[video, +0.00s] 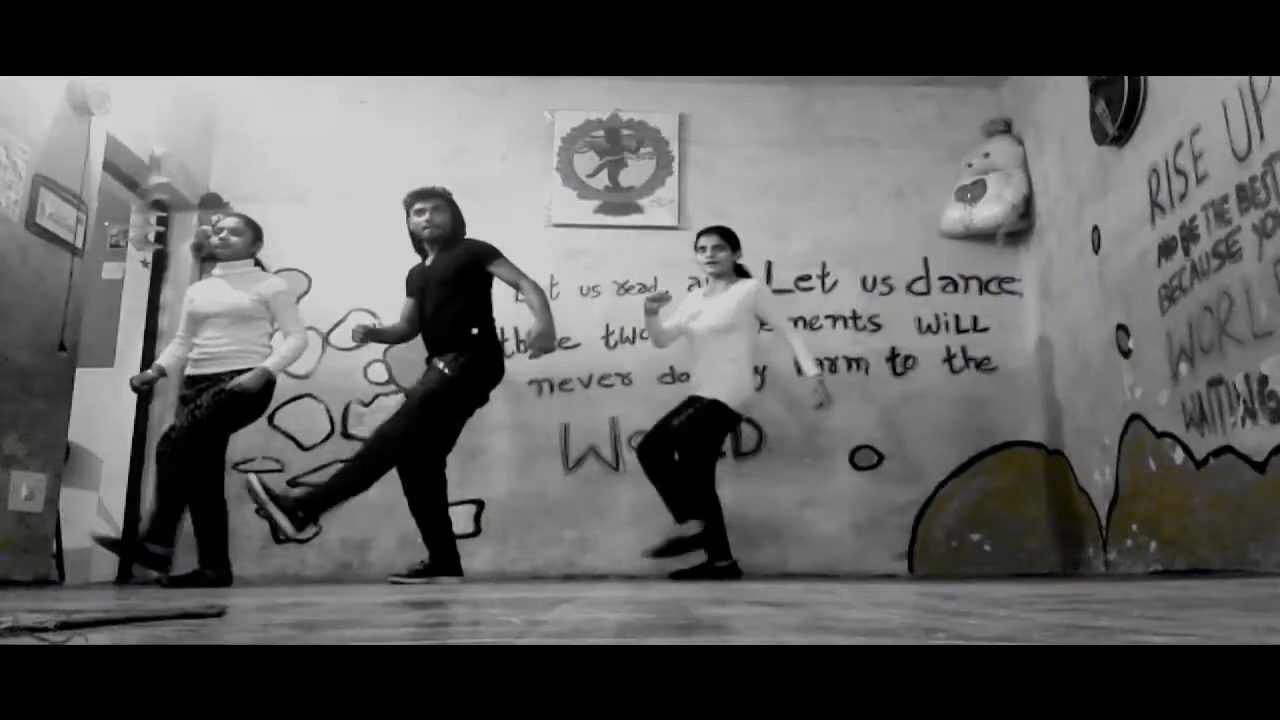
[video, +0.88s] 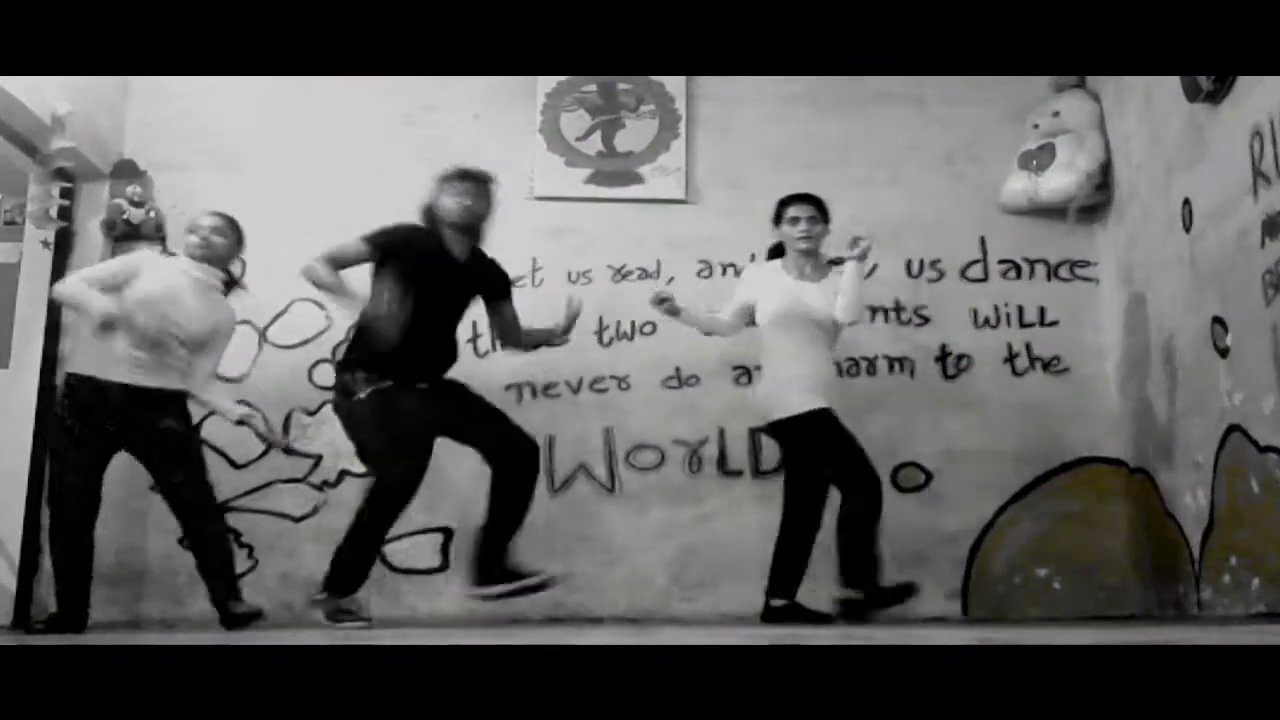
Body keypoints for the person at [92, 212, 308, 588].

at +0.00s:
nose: (221, 236)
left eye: (233, 232)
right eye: (217, 232)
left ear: (254, 246)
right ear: (210, 243)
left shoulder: (269, 284)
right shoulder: (198, 290)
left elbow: (295, 336)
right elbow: (183, 342)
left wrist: (264, 371)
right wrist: (155, 371)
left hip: (245, 384)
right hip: (198, 386)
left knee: (175, 445)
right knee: (205, 479)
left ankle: (157, 547)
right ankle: (215, 569)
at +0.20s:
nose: (222, 235)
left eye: (234, 231)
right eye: (218, 230)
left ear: (254, 245)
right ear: (210, 239)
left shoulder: (266, 282)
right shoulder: (197, 289)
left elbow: (288, 332)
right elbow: (182, 341)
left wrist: (277, 371)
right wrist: (149, 370)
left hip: (233, 380)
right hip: (184, 381)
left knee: (203, 463)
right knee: (185, 471)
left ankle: (205, 564)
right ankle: (203, 562)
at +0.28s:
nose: (138, 210)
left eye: (153, 206)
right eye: (134, 204)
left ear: (176, 222)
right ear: (126, 215)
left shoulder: (188, 266)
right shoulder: (106, 274)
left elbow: (228, 318)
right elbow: (86, 336)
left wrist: (204, 374)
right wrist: (45, 372)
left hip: (148, 384)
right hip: (89, 385)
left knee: (108, 483)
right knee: (88, 493)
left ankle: (110, 606)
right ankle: (120, 605)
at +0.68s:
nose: (135, 215)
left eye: (149, 212)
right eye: (131, 210)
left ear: (171, 231)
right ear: (118, 222)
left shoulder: (188, 278)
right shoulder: (92, 279)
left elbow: (224, 351)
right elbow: (72, 345)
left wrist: (214, 340)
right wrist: (59, 407)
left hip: (156, 395)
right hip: (89, 393)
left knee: (131, 484)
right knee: (62, 494)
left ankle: (118, 609)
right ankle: (71, 611)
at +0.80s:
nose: (186, 225)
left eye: (200, 221)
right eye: (179, 216)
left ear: (217, 239)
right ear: (165, 222)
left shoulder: (215, 295)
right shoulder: (130, 257)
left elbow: (213, 369)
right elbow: (52, 293)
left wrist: (250, 413)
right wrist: (99, 280)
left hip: (158, 394)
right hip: (90, 387)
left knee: (177, 495)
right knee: (74, 505)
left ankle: (201, 596)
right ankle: (71, 612)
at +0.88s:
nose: (202, 234)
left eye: (217, 233)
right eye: (196, 227)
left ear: (232, 255)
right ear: (184, 233)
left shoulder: (221, 314)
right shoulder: (145, 263)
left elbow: (199, 382)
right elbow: (66, 287)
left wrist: (235, 410)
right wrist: (106, 307)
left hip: (160, 405)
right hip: (92, 393)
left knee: (197, 505)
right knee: (71, 510)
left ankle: (229, 604)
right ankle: (71, 614)